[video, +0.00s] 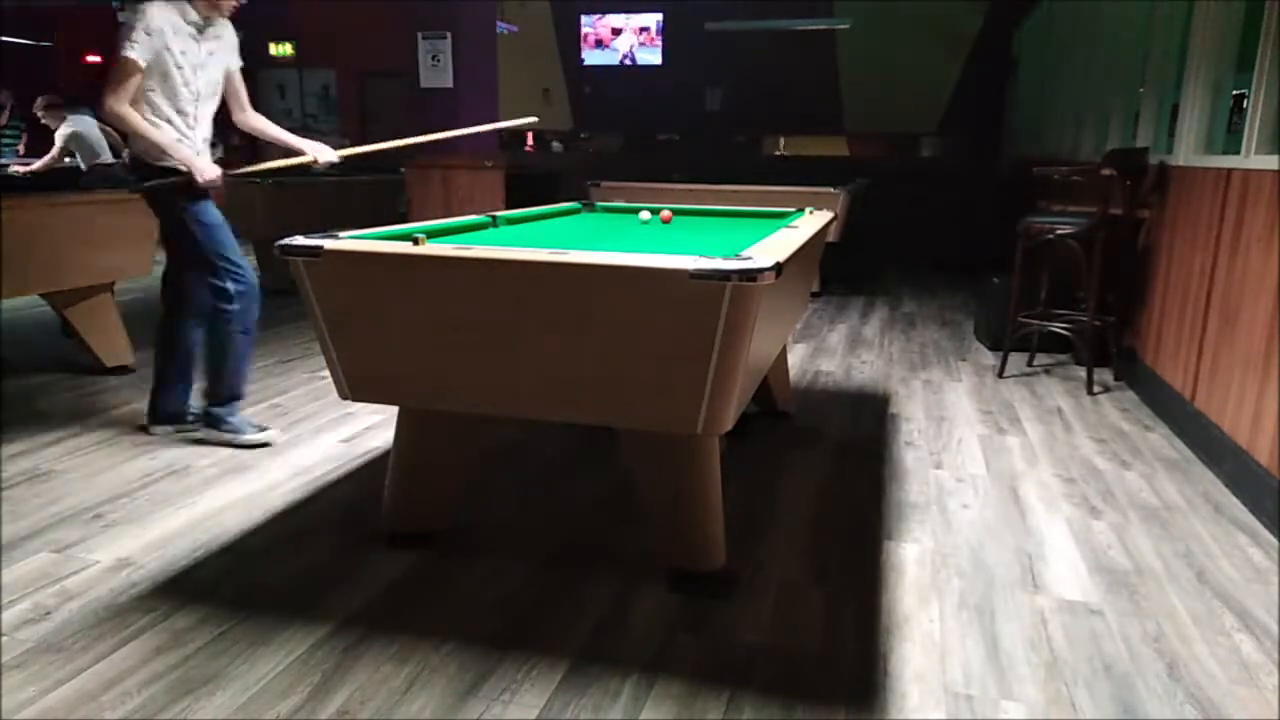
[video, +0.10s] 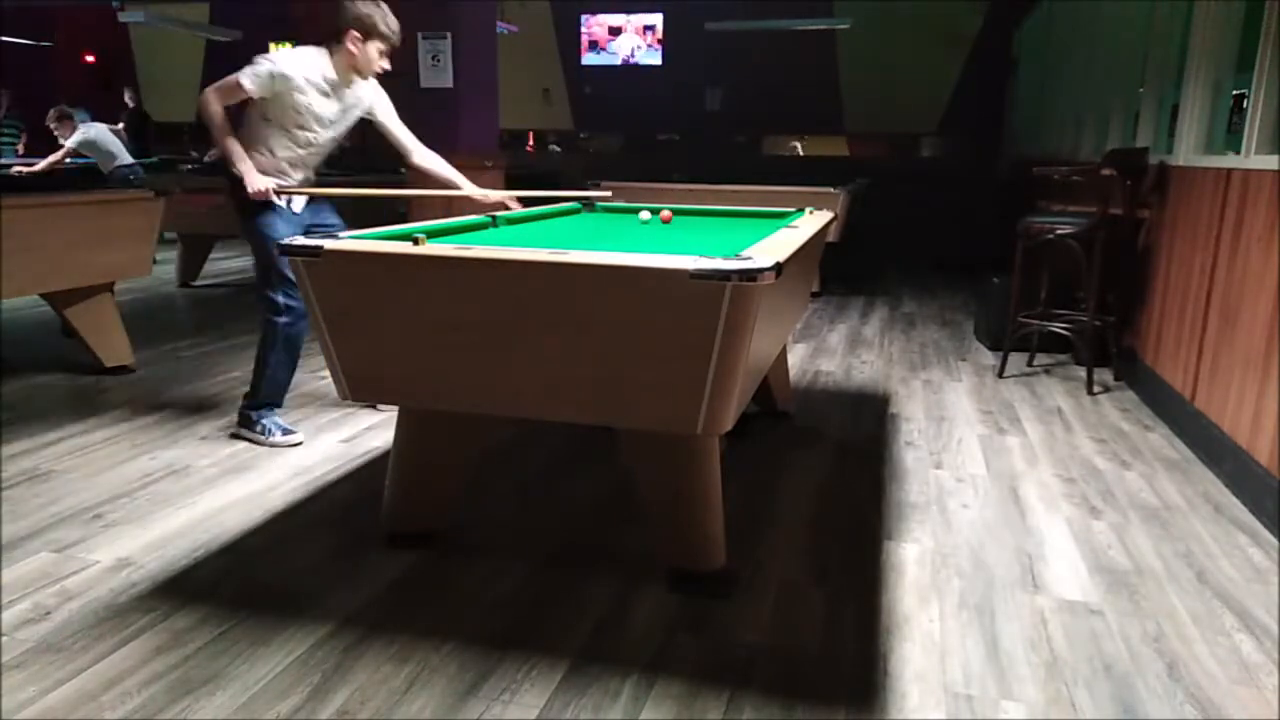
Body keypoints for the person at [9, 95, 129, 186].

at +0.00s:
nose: (43, 122)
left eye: (43, 118)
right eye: (41, 119)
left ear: (52, 113)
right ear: (60, 112)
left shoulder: (65, 131)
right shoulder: (87, 120)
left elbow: (55, 158)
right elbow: (110, 133)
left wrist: (29, 169)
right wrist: (123, 151)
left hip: (96, 175)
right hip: (114, 170)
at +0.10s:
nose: (55, 134)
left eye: (56, 129)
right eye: (53, 130)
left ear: (68, 123)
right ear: (71, 122)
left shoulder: (80, 136)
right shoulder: (96, 125)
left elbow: (58, 157)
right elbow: (120, 130)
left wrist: (32, 170)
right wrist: (124, 153)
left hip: (121, 175)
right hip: (136, 171)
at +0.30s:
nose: (53, 129)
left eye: (55, 125)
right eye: (52, 126)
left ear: (67, 121)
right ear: (70, 120)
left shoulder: (76, 135)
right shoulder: (94, 127)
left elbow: (55, 156)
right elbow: (117, 133)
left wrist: (30, 170)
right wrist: (124, 154)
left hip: (117, 174)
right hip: (132, 171)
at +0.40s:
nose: (53, 127)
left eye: (56, 122)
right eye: (52, 124)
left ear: (69, 119)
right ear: (71, 119)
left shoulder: (75, 135)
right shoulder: (94, 125)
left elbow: (55, 156)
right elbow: (118, 133)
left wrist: (31, 169)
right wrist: (123, 154)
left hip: (116, 175)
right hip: (132, 171)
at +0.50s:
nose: (50, 134)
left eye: (51, 129)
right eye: (48, 130)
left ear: (64, 124)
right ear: (67, 123)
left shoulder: (76, 137)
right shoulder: (91, 125)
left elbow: (52, 157)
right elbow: (113, 129)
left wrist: (19, 168)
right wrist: (118, 149)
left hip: (117, 174)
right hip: (131, 171)